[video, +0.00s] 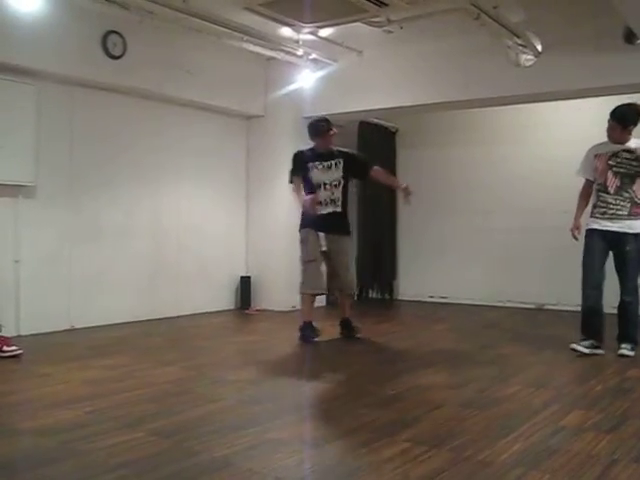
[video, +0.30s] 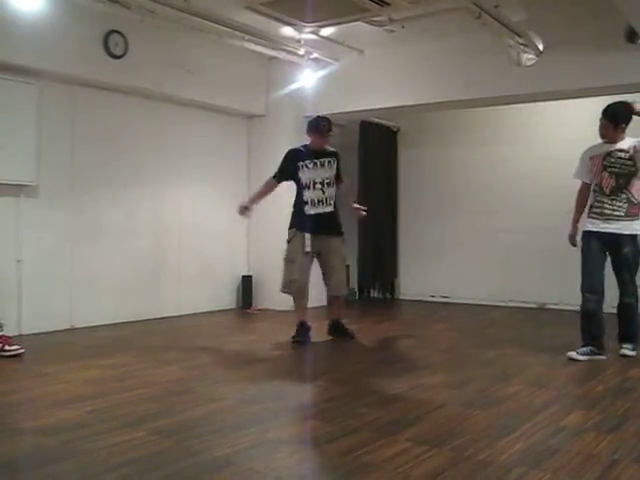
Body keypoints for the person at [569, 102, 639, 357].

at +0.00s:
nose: (608, 130)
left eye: (613, 127)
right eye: (609, 125)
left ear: (626, 130)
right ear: (612, 125)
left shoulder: (637, 154)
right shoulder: (597, 152)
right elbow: (588, 187)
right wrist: (577, 217)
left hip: (630, 230)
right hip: (598, 228)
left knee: (630, 289)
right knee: (591, 283)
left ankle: (628, 341)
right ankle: (592, 339)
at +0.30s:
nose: (600, 129)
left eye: (604, 126)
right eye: (600, 124)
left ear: (619, 128)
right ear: (607, 125)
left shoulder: (635, 150)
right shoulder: (592, 153)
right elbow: (584, 190)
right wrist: (574, 224)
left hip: (627, 232)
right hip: (594, 230)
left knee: (628, 291)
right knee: (591, 290)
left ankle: (629, 341)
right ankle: (593, 344)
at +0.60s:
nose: (583, 122)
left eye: (587, 118)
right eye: (584, 118)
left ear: (601, 121)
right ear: (598, 121)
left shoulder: (622, 147)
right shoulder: (581, 152)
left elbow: (639, 129)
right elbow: (575, 190)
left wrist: (624, 108)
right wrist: (564, 226)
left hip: (609, 231)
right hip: (579, 231)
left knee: (612, 289)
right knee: (582, 293)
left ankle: (627, 337)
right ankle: (591, 346)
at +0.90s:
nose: (575, 119)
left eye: (578, 115)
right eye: (576, 114)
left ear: (591, 117)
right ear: (591, 118)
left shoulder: (614, 143)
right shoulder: (577, 148)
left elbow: (635, 126)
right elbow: (571, 186)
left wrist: (614, 104)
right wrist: (554, 219)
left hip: (600, 226)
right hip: (574, 226)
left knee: (594, 291)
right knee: (578, 292)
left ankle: (605, 354)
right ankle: (590, 346)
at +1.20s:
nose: (573, 115)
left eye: (577, 110)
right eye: (574, 110)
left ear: (589, 113)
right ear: (589, 113)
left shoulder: (611, 139)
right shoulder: (581, 143)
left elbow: (627, 122)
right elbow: (576, 184)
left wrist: (611, 98)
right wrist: (566, 219)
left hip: (596, 225)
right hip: (574, 224)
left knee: (589, 292)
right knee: (574, 290)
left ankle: (596, 356)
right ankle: (587, 350)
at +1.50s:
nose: (568, 116)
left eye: (571, 111)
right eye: (569, 111)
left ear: (584, 112)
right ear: (586, 112)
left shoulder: (606, 139)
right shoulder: (583, 139)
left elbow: (615, 123)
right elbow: (584, 176)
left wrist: (602, 98)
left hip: (597, 227)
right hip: (578, 224)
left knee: (593, 291)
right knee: (574, 288)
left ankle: (597, 355)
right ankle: (586, 346)